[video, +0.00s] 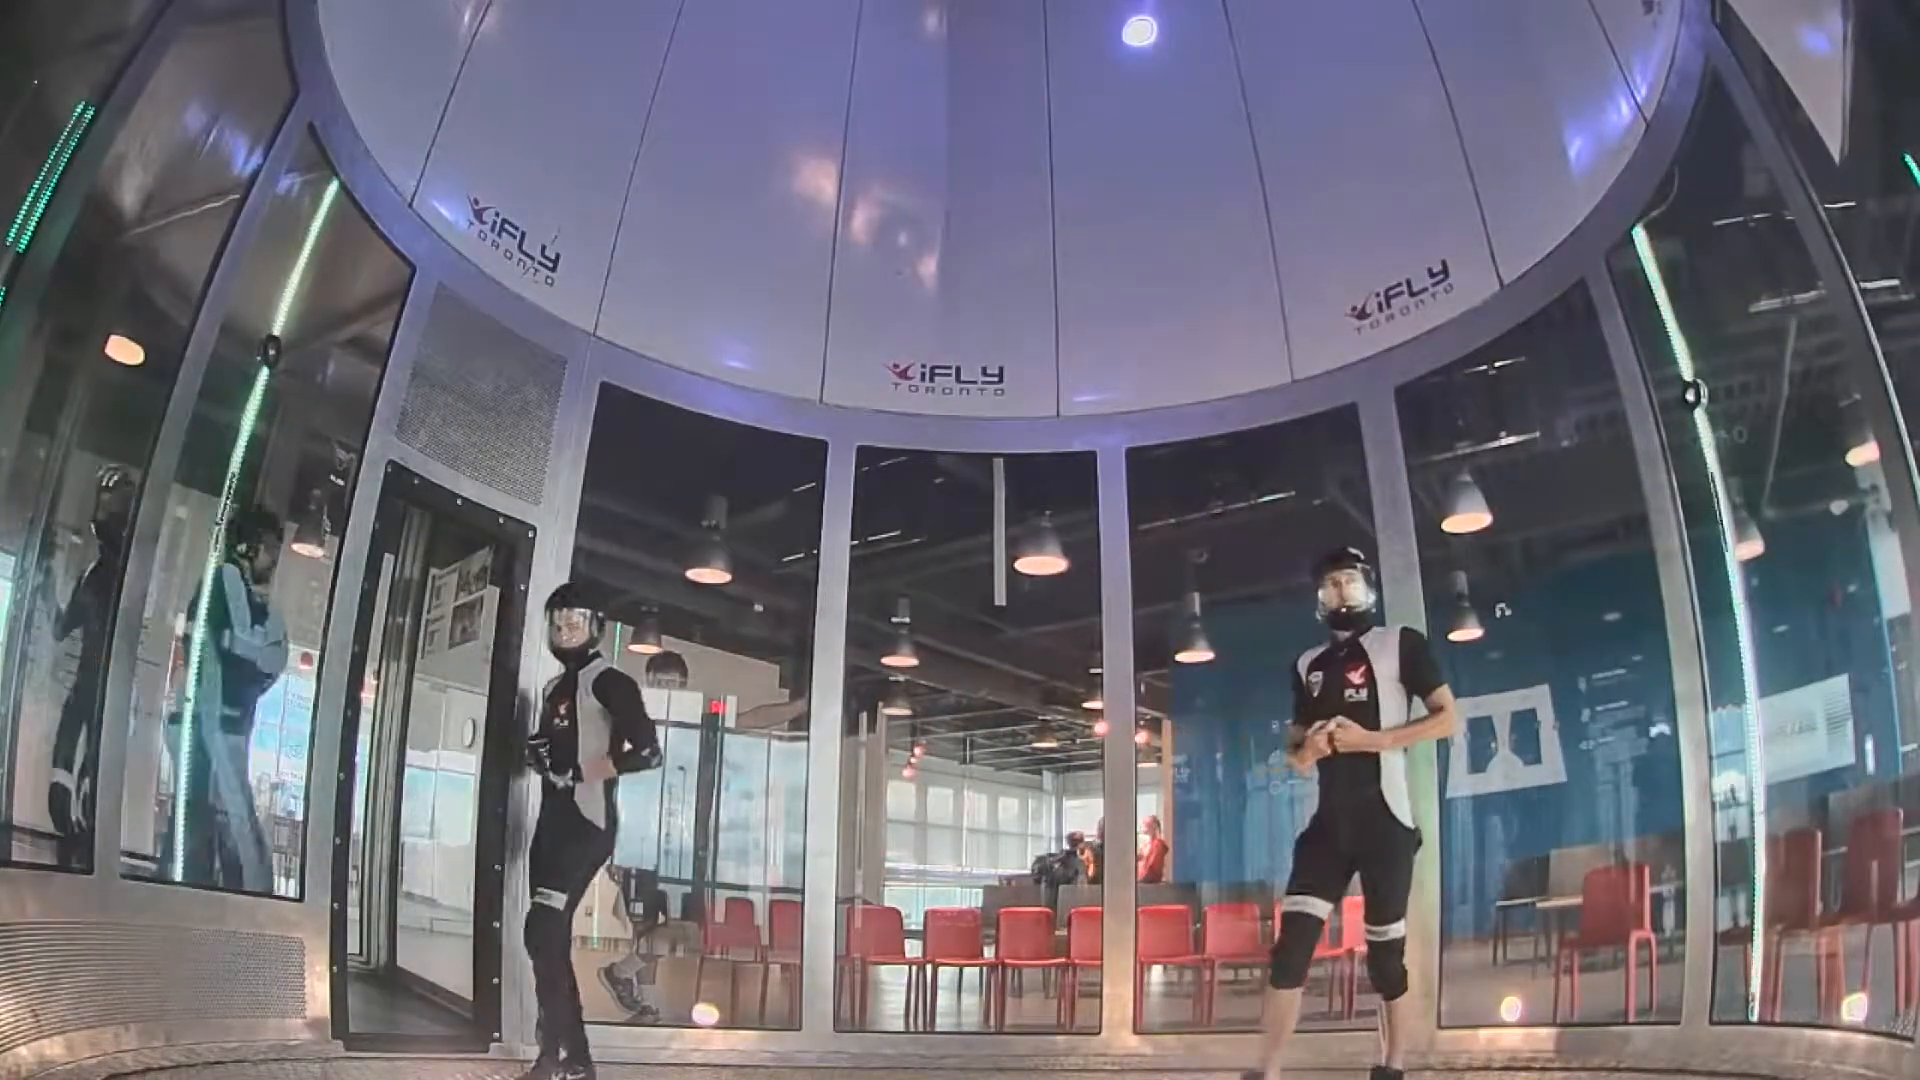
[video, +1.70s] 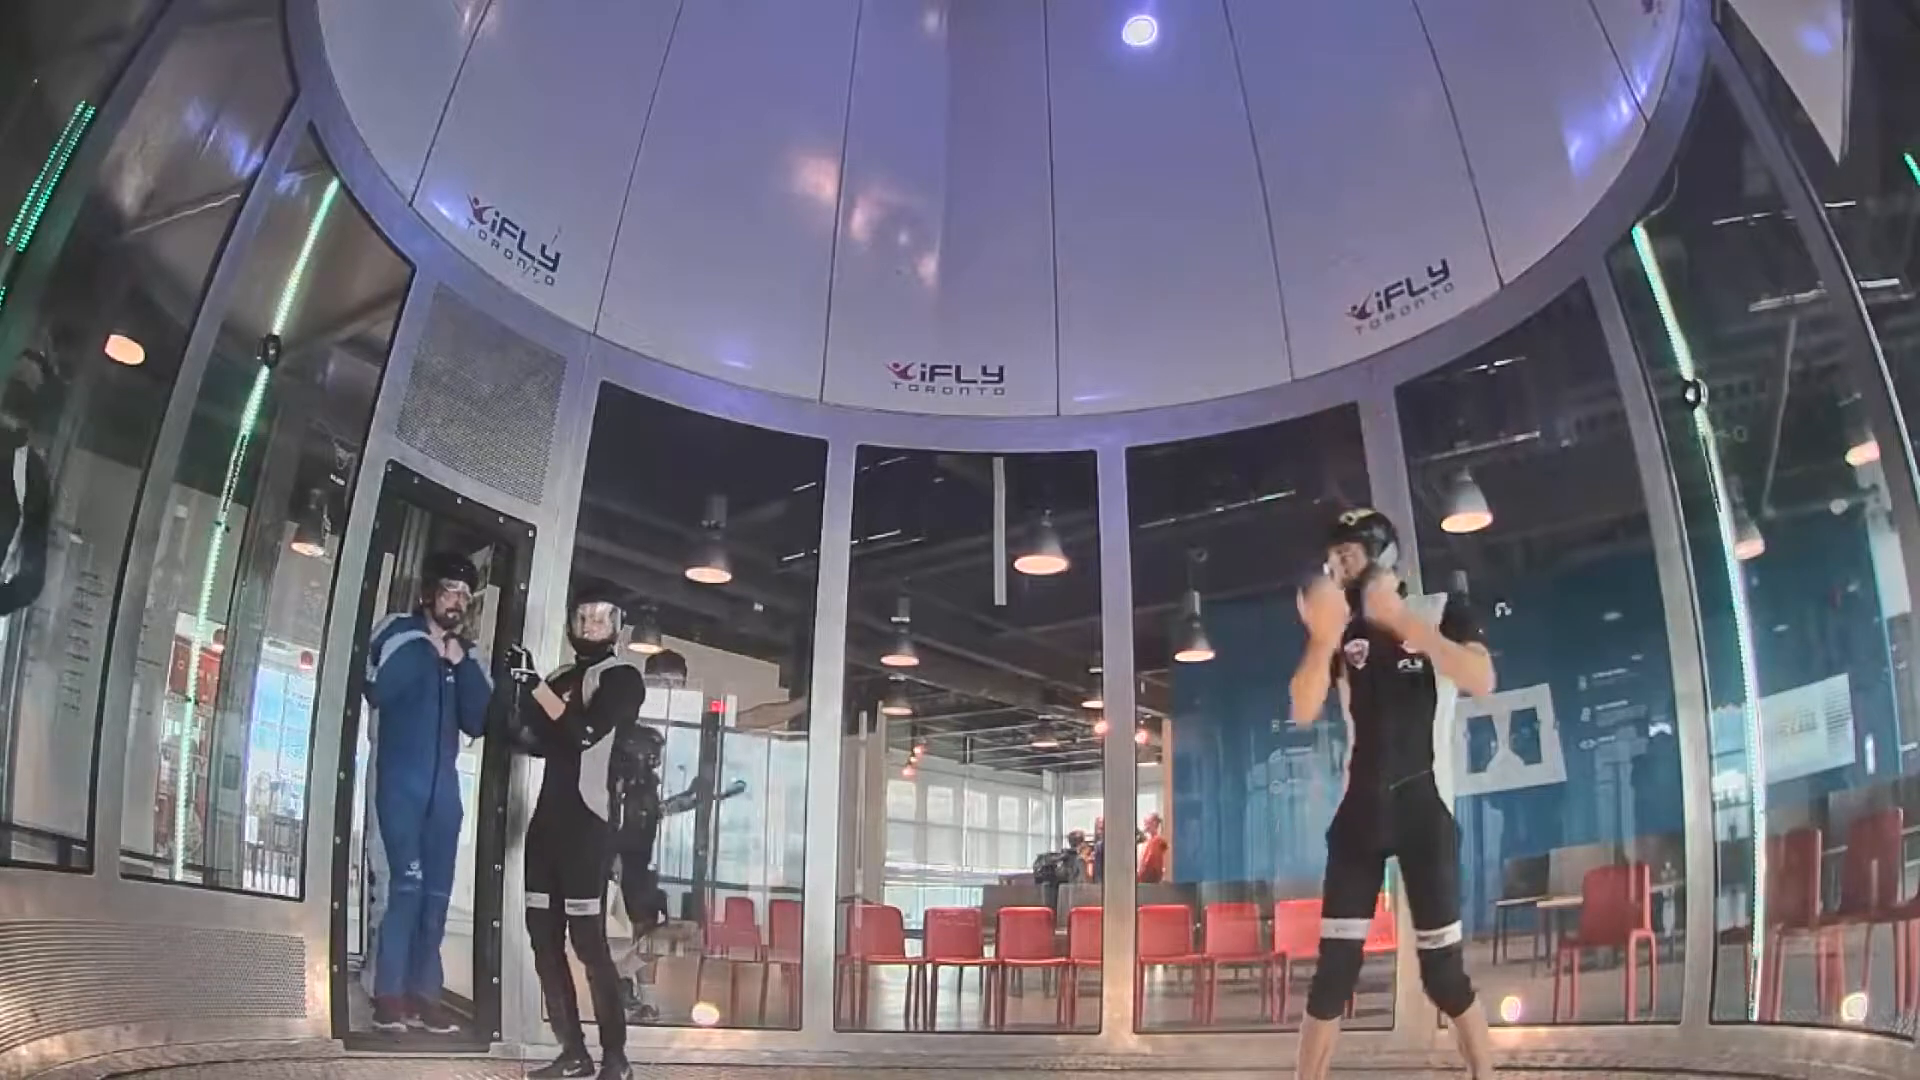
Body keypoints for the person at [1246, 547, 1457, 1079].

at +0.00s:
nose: (1340, 593)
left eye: (1350, 582)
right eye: (1330, 584)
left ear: (1370, 588)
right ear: (1318, 595)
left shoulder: (1402, 643)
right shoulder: (1307, 665)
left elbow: (1448, 718)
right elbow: (1296, 756)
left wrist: (1375, 739)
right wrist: (1308, 750)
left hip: (1388, 821)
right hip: (1329, 822)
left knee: (1384, 962)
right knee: (1290, 949)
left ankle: (1391, 1064)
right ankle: (1266, 1071)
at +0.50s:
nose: (1327, 588)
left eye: (1336, 577)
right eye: (1317, 580)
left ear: (1355, 586)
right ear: (1304, 592)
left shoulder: (1399, 641)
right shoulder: (1292, 659)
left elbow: (1434, 702)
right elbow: (1284, 734)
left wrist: (1366, 647)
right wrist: (1322, 666)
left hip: (1382, 828)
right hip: (1318, 830)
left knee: (1387, 967)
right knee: (1313, 962)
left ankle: (1392, 1065)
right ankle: (1302, 1076)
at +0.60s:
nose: (1314, 579)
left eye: (1321, 573)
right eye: (1303, 571)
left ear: (1340, 584)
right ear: (1294, 588)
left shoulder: (1373, 634)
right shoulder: (1287, 641)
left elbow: (1408, 657)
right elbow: (1284, 665)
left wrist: (1366, 564)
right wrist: (1320, 583)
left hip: (1373, 816)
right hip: (1308, 820)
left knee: (1381, 965)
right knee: (1311, 967)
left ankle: (1391, 1062)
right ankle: (1301, 1078)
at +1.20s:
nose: (1298, 562)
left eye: (1305, 556)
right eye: (1282, 558)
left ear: (1321, 569)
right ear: (1268, 582)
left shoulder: (1372, 625)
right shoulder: (1271, 638)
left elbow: (1380, 574)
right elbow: (1283, 578)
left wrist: (1349, 475)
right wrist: (1295, 478)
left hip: (1379, 815)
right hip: (1306, 821)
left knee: (1395, 969)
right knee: (1307, 977)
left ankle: (1421, 1070)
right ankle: (1301, 1077)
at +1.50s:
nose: (1324, 550)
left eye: (1333, 541)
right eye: (1313, 544)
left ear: (1352, 556)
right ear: (1301, 563)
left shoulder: (1396, 620)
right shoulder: (1299, 631)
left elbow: (1422, 597)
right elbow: (1287, 606)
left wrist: (1369, 497)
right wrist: (1314, 500)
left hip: (1396, 815)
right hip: (1323, 819)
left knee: (1406, 977)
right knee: (1313, 979)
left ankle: (1437, 1074)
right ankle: (1304, 1077)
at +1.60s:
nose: (1343, 553)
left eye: (1353, 540)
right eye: (1332, 544)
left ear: (1376, 545)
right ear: (1322, 557)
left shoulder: (1421, 607)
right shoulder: (1326, 621)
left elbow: (1464, 656)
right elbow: (1291, 677)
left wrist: (1398, 576)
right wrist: (1318, 584)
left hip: (1412, 808)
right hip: (1346, 810)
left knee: (1429, 976)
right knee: (1326, 971)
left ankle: (1467, 1070)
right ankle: (1304, 1077)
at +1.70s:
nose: (1341, 571)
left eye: (1350, 558)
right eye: (1334, 562)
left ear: (1384, 556)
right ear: (1332, 567)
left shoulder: (1437, 615)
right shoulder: (1338, 634)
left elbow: (1481, 679)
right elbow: (1304, 711)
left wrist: (1410, 628)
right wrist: (1323, 640)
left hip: (1423, 814)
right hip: (1358, 817)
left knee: (1444, 975)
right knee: (1334, 974)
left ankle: (1483, 1075)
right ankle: (1308, 1079)